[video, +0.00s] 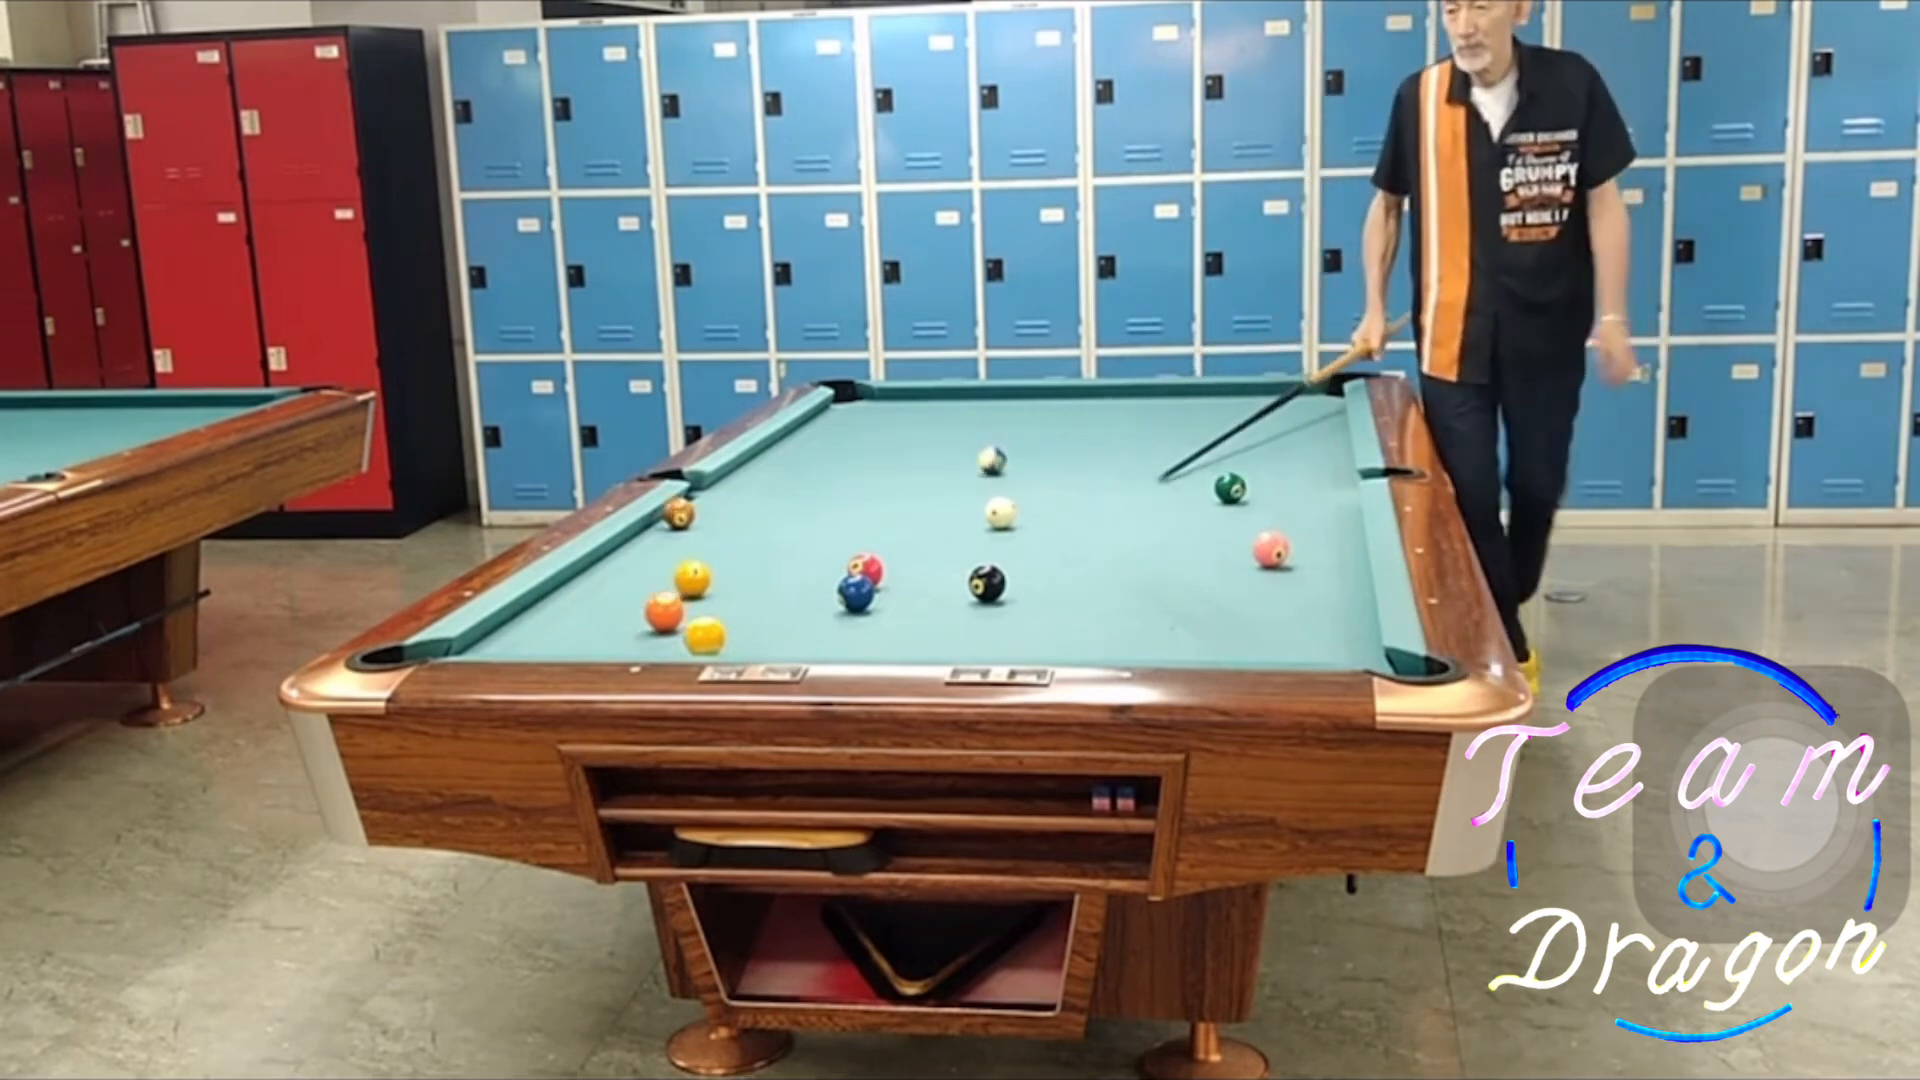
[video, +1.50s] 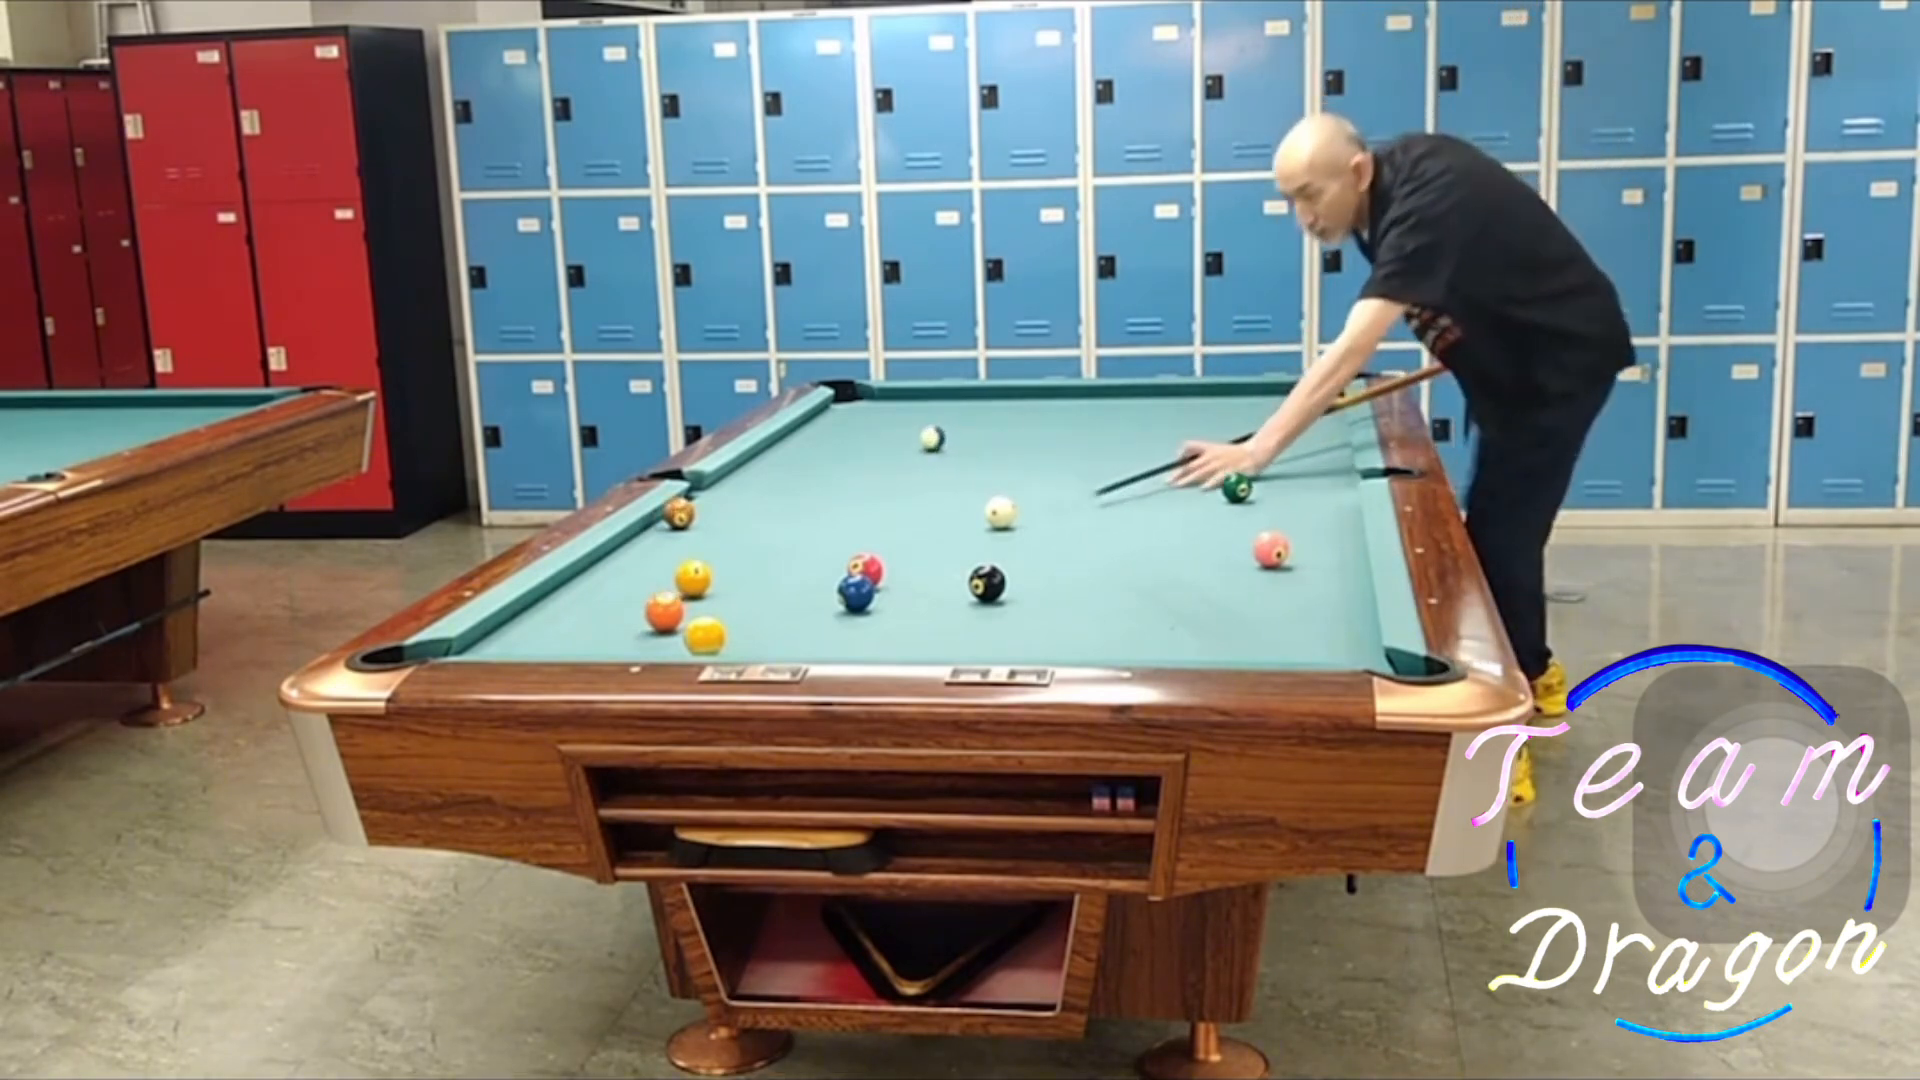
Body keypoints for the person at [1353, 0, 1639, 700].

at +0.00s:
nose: (1464, 24)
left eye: (1481, 8)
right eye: (1453, 10)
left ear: (1518, 11)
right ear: (1441, 17)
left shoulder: (1571, 82)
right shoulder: (1419, 95)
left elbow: (1605, 203)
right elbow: (1387, 207)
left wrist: (1612, 317)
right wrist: (1374, 309)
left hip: (1547, 338)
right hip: (1453, 338)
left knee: (1537, 491)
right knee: (1470, 499)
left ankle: (1510, 601)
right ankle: (1505, 652)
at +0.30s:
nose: (1429, 25)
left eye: (1446, 9)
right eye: (1418, 12)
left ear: (1489, 10)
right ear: (1411, 18)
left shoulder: (1551, 81)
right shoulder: (1407, 93)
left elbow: (1575, 213)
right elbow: (1392, 197)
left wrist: (1526, 322)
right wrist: (1379, 279)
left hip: (1532, 331)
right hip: (1444, 333)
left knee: (1513, 494)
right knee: (1466, 508)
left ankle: (1556, 667)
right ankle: (1501, 668)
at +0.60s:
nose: (1374, 61)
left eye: (1388, 41)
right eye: (1364, 48)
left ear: (1439, 32)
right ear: (1361, 56)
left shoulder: (1501, 102)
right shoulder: (1412, 114)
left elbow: (1508, 247)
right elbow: (1435, 247)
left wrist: (1414, 355)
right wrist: (1413, 343)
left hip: (1514, 334)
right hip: (1457, 331)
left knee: (1480, 502)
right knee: (1449, 497)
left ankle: (1506, 655)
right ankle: (1473, 648)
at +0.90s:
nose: (1318, 114)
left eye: (1327, 91)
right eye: (1309, 98)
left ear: (1378, 72)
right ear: (1362, 81)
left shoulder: (1443, 129)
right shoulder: (1390, 129)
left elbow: (1410, 280)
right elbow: (1433, 224)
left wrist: (1336, 398)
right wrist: (1434, 297)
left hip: (1535, 336)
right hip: (1486, 333)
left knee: (1486, 505)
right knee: (1485, 503)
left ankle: (1526, 670)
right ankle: (1519, 662)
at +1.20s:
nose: (1310, 163)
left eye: (1318, 141)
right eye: (1300, 149)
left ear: (1366, 119)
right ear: (1361, 123)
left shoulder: (1433, 161)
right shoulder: (1376, 161)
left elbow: (1376, 319)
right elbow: (1447, 238)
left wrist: (1293, 422)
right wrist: (1434, 319)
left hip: (1541, 338)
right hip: (1490, 340)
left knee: (1487, 506)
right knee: (1484, 504)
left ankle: (1531, 671)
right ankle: (1524, 667)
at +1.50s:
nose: (1301, 216)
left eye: (1307, 197)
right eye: (1293, 202)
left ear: (1357, 171)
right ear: (1354, 170)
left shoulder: (1425, 206)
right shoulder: (1395, 171)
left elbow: (1351, 356)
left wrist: (1253, 452)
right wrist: (1451, 318)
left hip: (1563, 355)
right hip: (1519, 353)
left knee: (1502, 536)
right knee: (1492, 525)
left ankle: (1521, 689)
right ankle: (1527, 668)